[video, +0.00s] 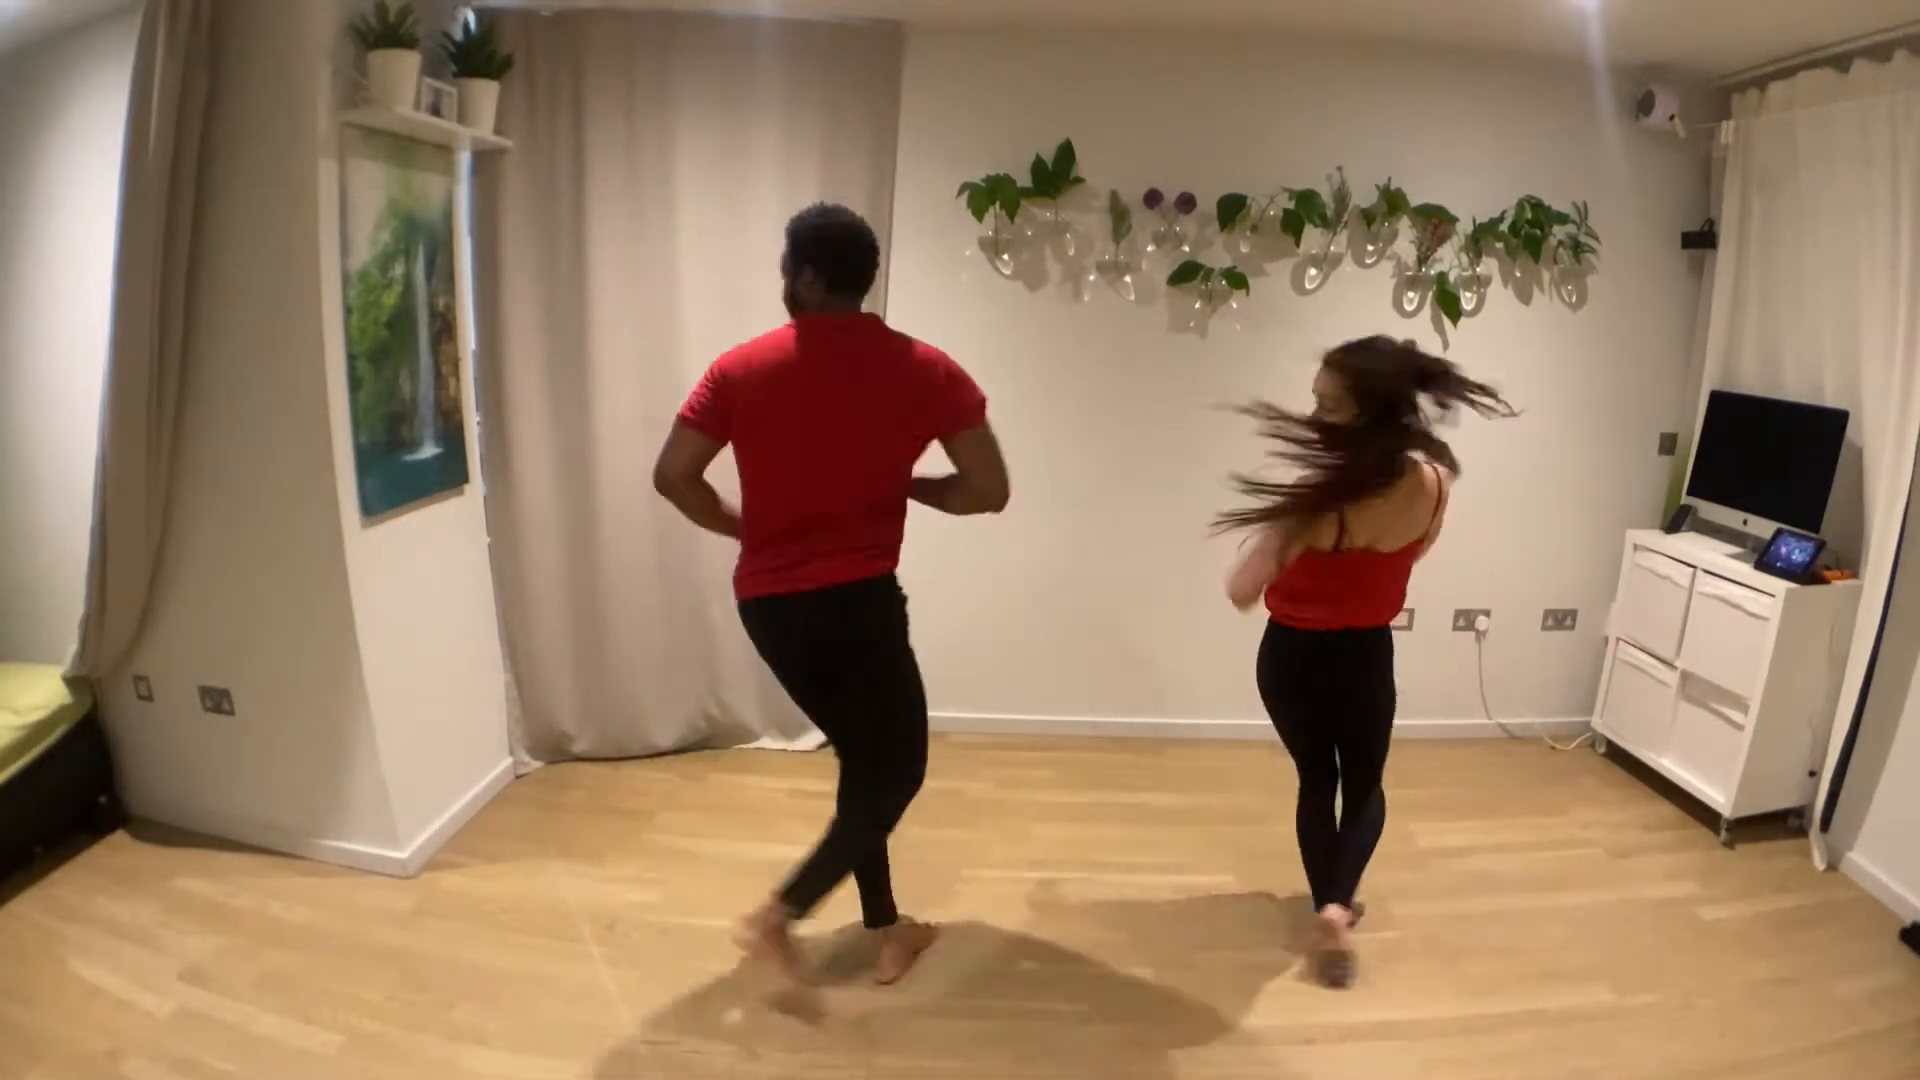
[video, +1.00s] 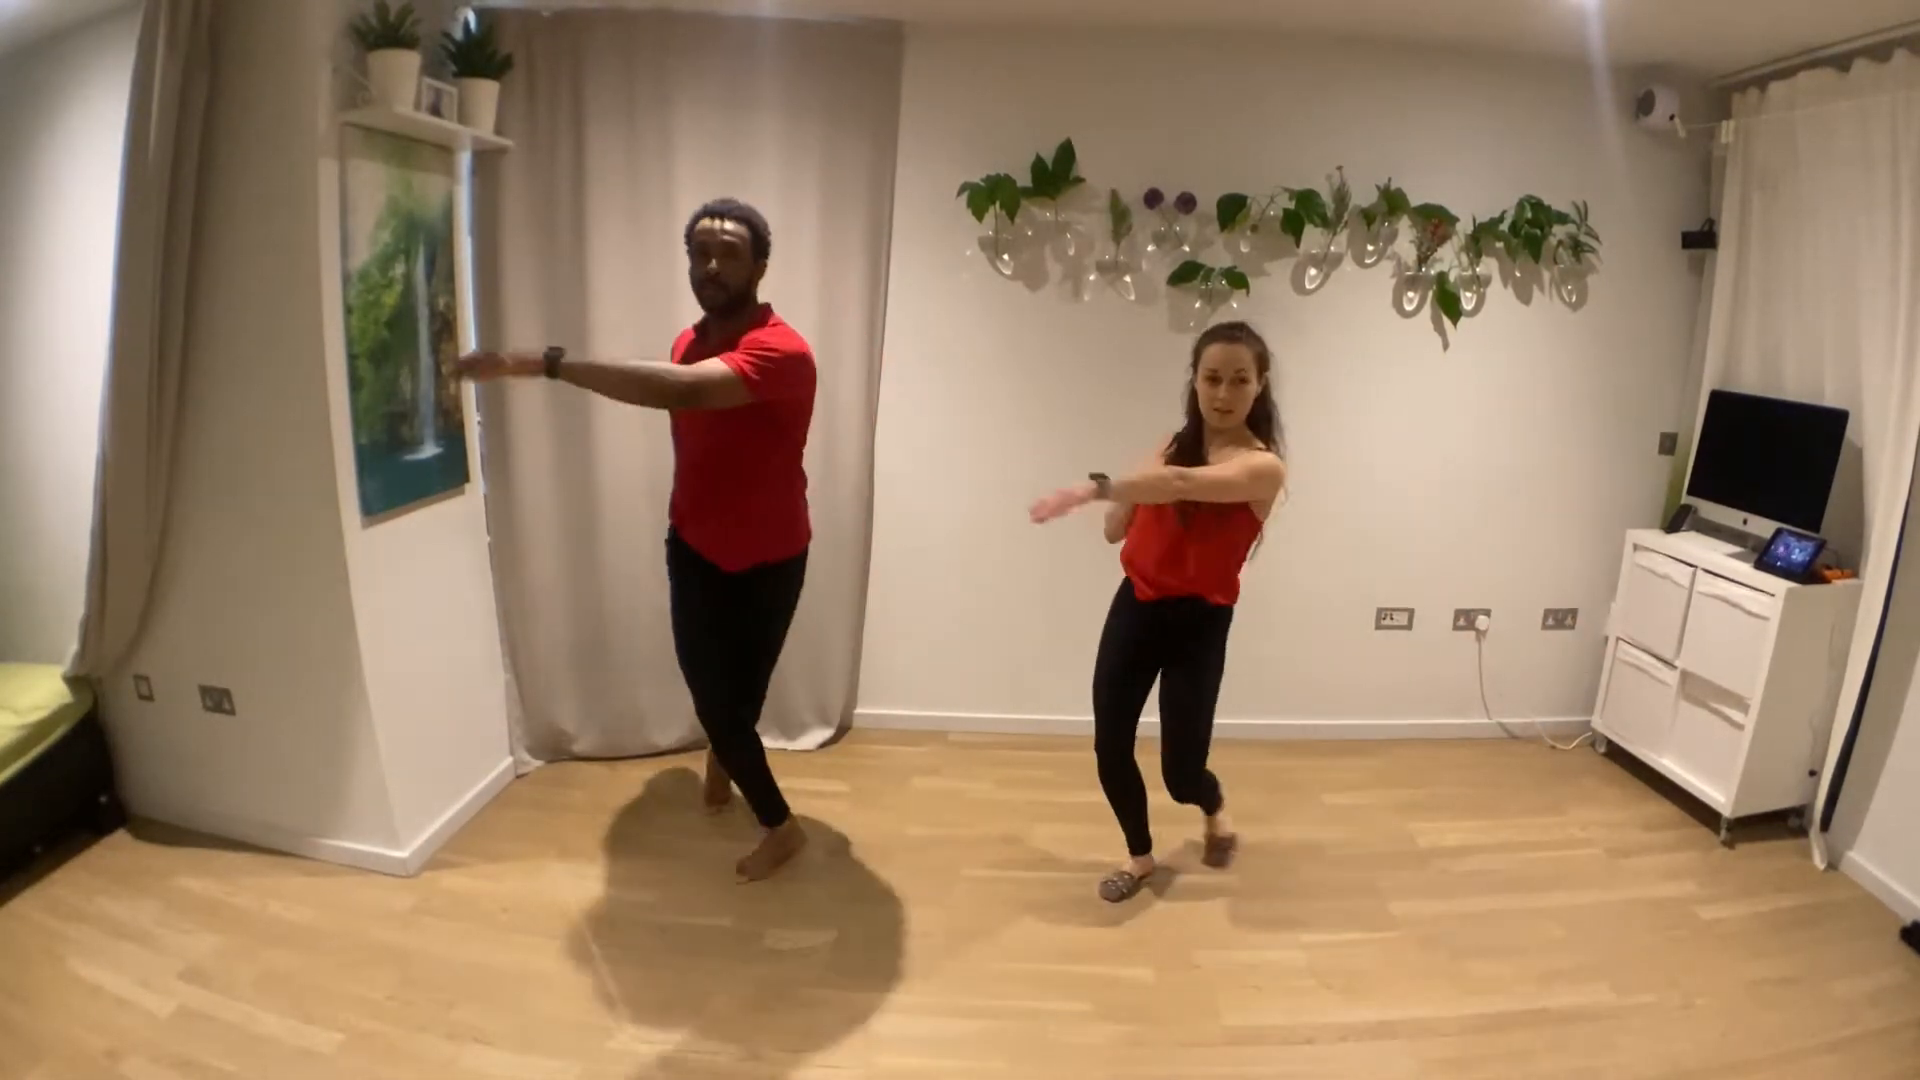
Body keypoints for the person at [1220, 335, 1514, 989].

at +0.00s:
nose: (1316, 413)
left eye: (1328, 402)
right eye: (1317, 398)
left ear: (1365, 410)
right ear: (1396, 409)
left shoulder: (1318, 493)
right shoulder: (1433, 481)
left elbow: (1242, 589)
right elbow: (1419, 548)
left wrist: (1288, 529)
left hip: (1291, 662)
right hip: (1366, 661)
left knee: (1315, 778)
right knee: (1366, 784)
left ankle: (1329, 913)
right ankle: (1337, 904)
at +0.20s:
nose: (1337, 404)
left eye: (1355, 390)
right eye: (1326, 387)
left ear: (1382, 399)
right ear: (1312, 390)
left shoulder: (1366, 487)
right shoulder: (1337, 456)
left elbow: (1413, 592)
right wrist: (1300, 487)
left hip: (1364, 653)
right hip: (1334, 641)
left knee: (1324, 780)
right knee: (1282, 725)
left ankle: (1391, 887)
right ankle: (1329, 836)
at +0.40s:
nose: (1320, 389)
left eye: (1336, 375)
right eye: (1307, 372)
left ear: (1355, 383)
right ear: (1287, 375)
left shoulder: (1363, 468)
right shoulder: (1275, 440)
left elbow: (1442, 558)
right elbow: (1252, 533)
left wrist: (1522, 631)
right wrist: (1242, 492)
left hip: (1378, 622)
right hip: (1312, 622)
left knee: (1373, 763)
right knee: (1243, 732)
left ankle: (1379, 878)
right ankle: (1227, 840)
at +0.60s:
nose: (1287, 387)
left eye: (1303, 372)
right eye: (1274, 371)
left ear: (1321, 380)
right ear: (1253, 375)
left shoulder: (1325, 464)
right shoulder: (1227, 451)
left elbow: (1387, 515)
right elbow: (1192, 528)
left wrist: (1473, 577)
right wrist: (1198, 482)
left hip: (1326, 605)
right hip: (1258, 616)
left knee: (1362, 739)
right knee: (1207, 737)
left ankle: (1375, 870)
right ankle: (1147, 855)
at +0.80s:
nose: (1249, 393)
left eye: (1265, 378)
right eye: (1237, 377)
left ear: (1285, 384)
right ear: (1218, 380)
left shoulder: (1280, 463)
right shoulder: (1192, 444)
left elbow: (1277, 493)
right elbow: (1137, 524)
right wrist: (1157, 475)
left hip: (1248, 618)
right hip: (1179, 620)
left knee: (1296, 750)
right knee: (1133, 752)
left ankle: (1354, 860)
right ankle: (1141, 858)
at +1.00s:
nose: (1223, 394)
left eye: (1239, 381)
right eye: (1212, 379)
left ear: (1260, 387)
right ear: (1195, 382)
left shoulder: (1264, 468)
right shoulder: (1172, 451)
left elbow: (1185, 485)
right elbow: (1115, 531)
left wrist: (1093, 487)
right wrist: (1130, 491)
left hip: (1199, 623)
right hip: (1136, 611)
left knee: (1182, 777)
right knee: (1111, 754)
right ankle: (1141, 859)